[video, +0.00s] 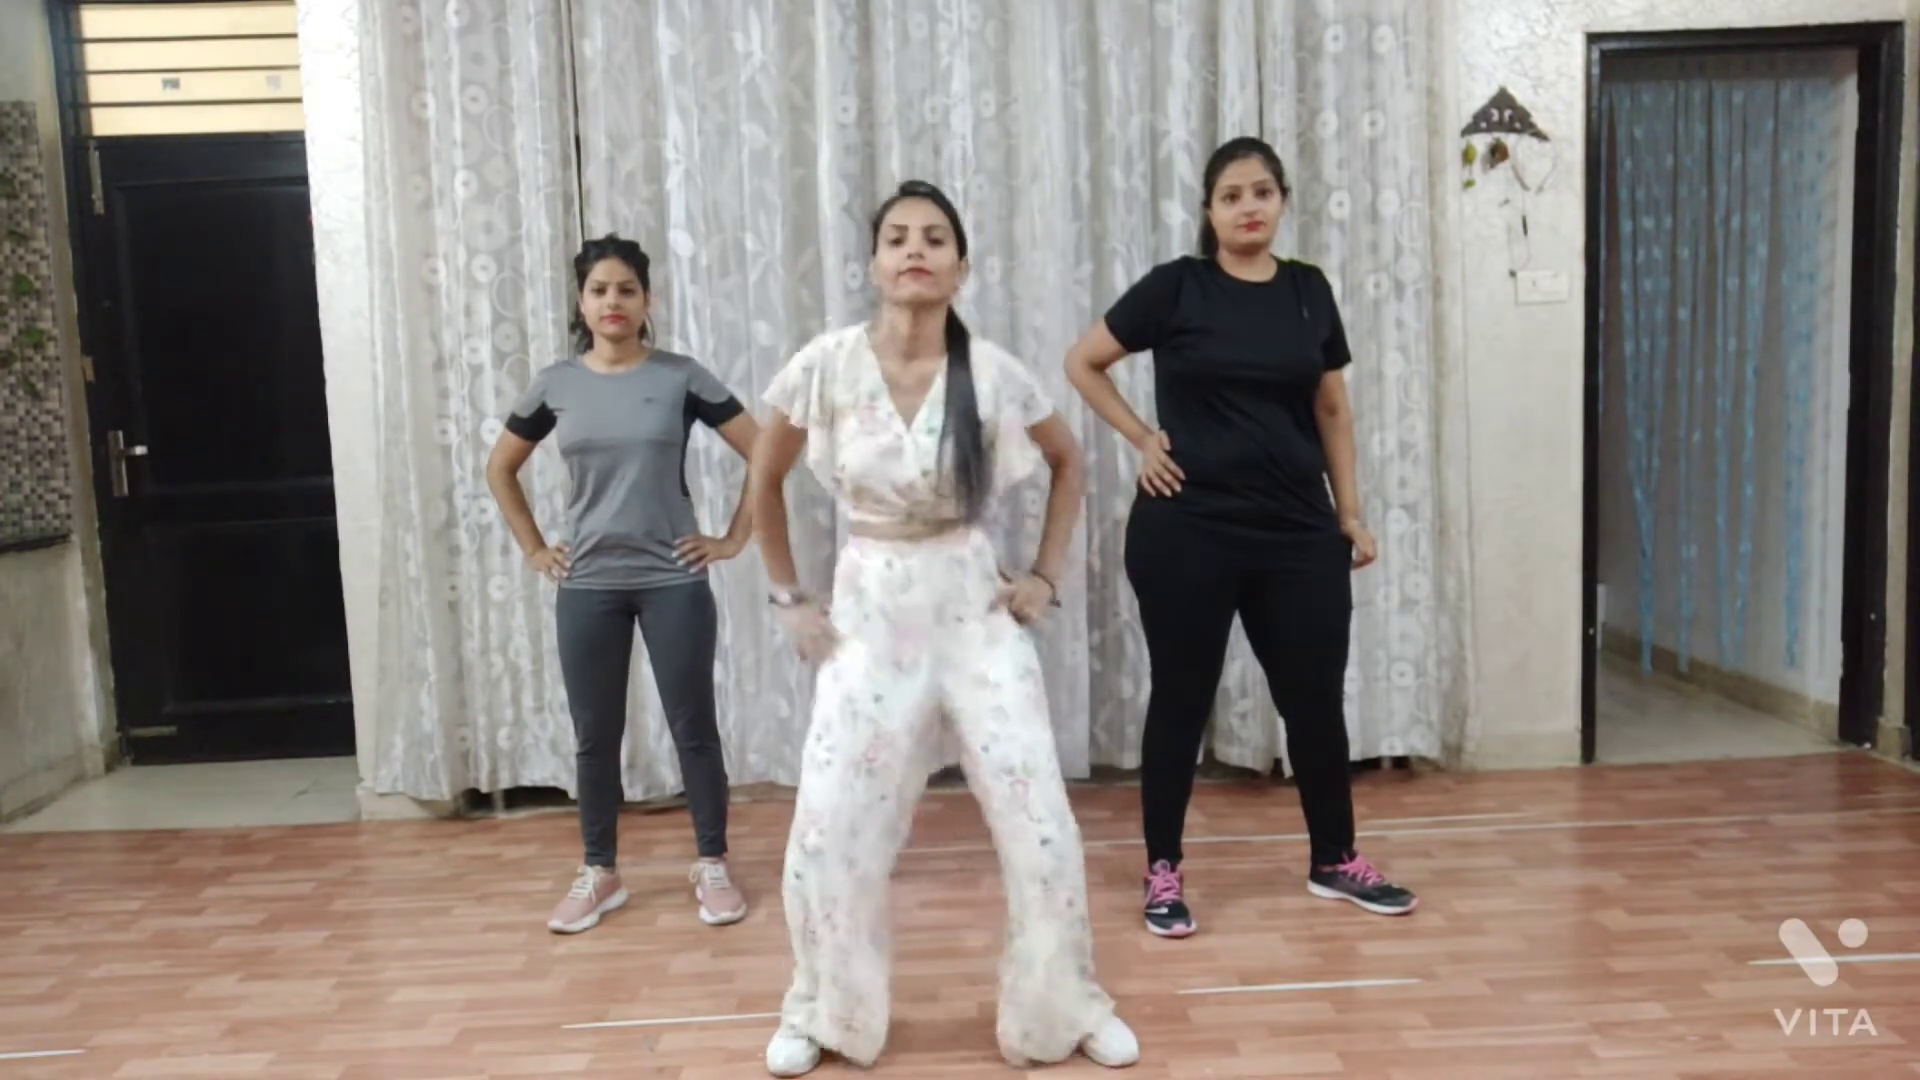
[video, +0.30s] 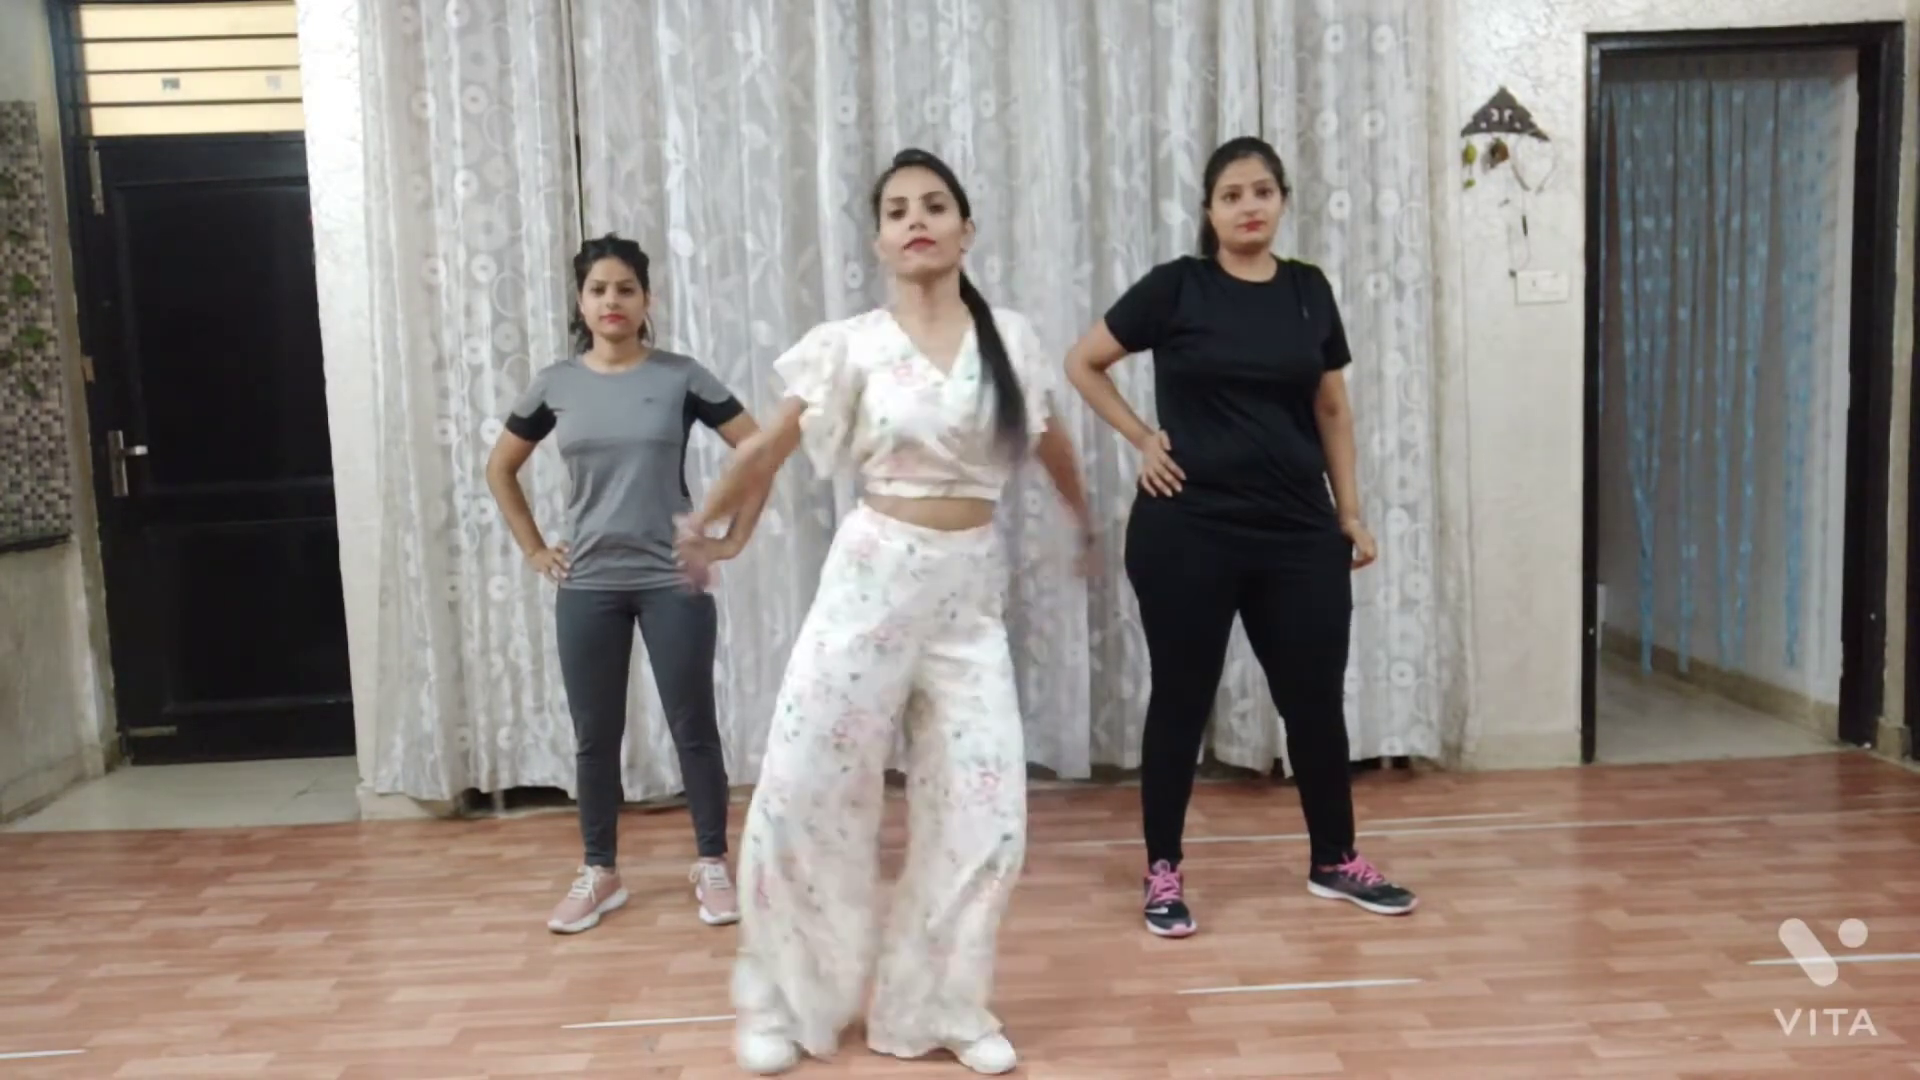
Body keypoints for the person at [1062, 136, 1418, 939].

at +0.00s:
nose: (1249, 207)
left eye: (1262, 193)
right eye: (1233, 195)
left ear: (1283, 203)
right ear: (1209, 208)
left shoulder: (1308, 290)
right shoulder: (1175, 288)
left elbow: (1334, 409)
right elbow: (1082, 363)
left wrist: (1349, 513)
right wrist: (1142, 438)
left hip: (1296, 529)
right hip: (1188, 527)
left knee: (1317, 699)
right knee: (1180, 700)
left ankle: (1336, 861)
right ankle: (1163, 871)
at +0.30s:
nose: (1249, 207)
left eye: (1262, 193)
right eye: (1233, 195)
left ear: (1283, 203)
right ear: (1209, 207)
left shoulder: (1308, 290)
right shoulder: (1175, 288)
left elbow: (1334, 410)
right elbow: (1081, 363)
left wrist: (1349, 513)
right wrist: (1142, 438)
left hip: (1296, 529)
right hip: (1189, 526)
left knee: (1317, 699)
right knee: (1181, 699)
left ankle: (1336, 861)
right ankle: (1163, 871)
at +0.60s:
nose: (1257, 204)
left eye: (1270, 190)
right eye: (1241, 192)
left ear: (1290, 201)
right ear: (1216, 205)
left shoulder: (1315, 290)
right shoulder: (1180, 287)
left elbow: (1337, 409)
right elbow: (1087, 365)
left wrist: (1354, 511)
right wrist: (1143, 438)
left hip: (1303, 529)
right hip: (1193, 526)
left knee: (1324, 700)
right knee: (1180, 701)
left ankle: (1335, 860)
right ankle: (1162, 871)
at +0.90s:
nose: (1309, 195)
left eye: (1321, 182)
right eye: (1291, 186)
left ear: (1342, 195)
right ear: (1268, 204)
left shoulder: (1368, 291)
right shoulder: (1233, 281)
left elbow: (1377, 402)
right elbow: (1139, 355)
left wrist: (1386, 503)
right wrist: (1183, 448)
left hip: (1337, 528)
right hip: (1231, 526)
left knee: (1338, 701)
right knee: (1186, 694)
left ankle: (1337, 861)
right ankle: (1132, 861)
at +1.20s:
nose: (1361, 200)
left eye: (1374, 190)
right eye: (1344, 191)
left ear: (1392, 212)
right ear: (1317, 213)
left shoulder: (1405, 307)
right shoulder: (1284, 278)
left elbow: (1485, 375)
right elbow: (1176, 314)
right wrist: (1152, 404)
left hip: (1358, 528)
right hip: (1256, 520)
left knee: (1336, 692)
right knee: (1195, 689)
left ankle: (1335, 856)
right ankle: (1079, 836)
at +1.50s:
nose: (1379, 209)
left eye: (1393, 200)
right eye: (1363, 199)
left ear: (1413, 217)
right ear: (1333, 221)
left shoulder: (1417, 306)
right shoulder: (1311, 282)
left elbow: (1519, 299)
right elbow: (1349, 243)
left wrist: (1522, 224)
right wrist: (1467, 204)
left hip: (1356, 532)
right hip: (1259, 522)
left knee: (1330, 695)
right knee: (1188, 685)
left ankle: (1334, 857)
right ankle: (1069, 831)